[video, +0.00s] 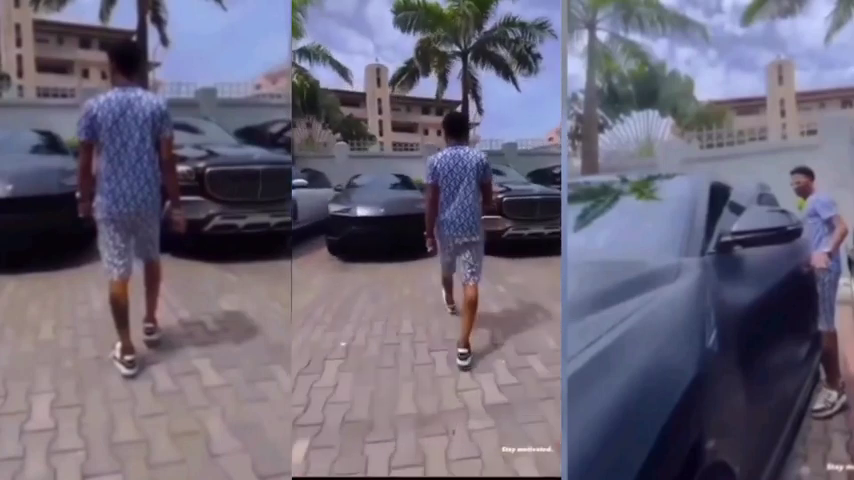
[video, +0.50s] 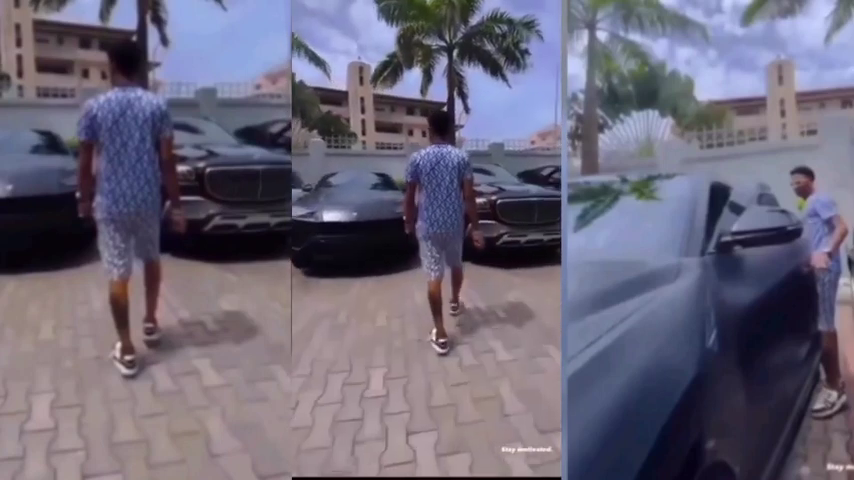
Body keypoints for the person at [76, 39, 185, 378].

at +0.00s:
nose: (110, 72)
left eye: (110, 66)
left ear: (112, 68)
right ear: (142, 67)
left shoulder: (96, 107)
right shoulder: (156, 106)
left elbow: (85, 161)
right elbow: (167, 160)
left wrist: (85, 199)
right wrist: (175, 202)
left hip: (110, 201)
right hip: (147, 200)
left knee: (118, 273)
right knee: (151, 260)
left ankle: (125, 348)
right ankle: (150, 319)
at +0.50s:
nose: (110, 71)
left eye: (110, 66)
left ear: (112, 68)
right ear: (142, 67)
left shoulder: (95, 107)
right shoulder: (156, 106)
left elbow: (85, 161)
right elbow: (167, 160)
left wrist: (84, 199)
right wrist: (175, 202)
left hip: (110, 201)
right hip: (147, 200)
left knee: (118, 273)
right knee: (151, 260)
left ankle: (125, 348)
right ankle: (150, 319)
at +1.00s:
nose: (110, 71)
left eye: (110, 66)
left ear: (112, 68)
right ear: (142, 67)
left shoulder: (95, 107)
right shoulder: (156, 106)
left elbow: (85, 161)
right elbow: (167, 160)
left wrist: (84, 199)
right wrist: (175, 202)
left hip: (110, 201)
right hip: (147, 200)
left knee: (118, 273)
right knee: (151, 260)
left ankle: (125, 348)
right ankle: (150, 319)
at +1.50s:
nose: (110, 71)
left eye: (110, 66)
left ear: (112, 68)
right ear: (142, 67)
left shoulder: (95, 107)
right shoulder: (156, 106)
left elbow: (85, 161)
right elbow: (167, 160)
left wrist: (84, 199)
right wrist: (175, 202)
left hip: (110, 201)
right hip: (147, 200)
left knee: (118, 273)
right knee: (151, 260)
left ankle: (125, 348)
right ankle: (150, 319)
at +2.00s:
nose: (110, 71)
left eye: (110, 66)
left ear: (112, 68)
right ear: (142, 67)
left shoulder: (95, 107)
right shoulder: (156, 106)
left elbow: (85, 161)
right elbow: (167, 160)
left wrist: (84, 199)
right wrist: (175, 202)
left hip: (110, 201)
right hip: (147, 200)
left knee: (118, 273)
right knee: (151, 260)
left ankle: (125, 348)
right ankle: (150, 319)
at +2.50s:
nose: (110, 71)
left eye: (110, 66)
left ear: (112, 68)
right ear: (142, 67)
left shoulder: (95, 107)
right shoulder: (156, 106)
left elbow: (85, 161)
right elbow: (167, 160)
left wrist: (84, 199)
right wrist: (175, 202)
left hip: (110, 202)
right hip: (147, 200)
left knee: (118, 273)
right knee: (151, 260)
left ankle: (125, 348)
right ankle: (150, 319)